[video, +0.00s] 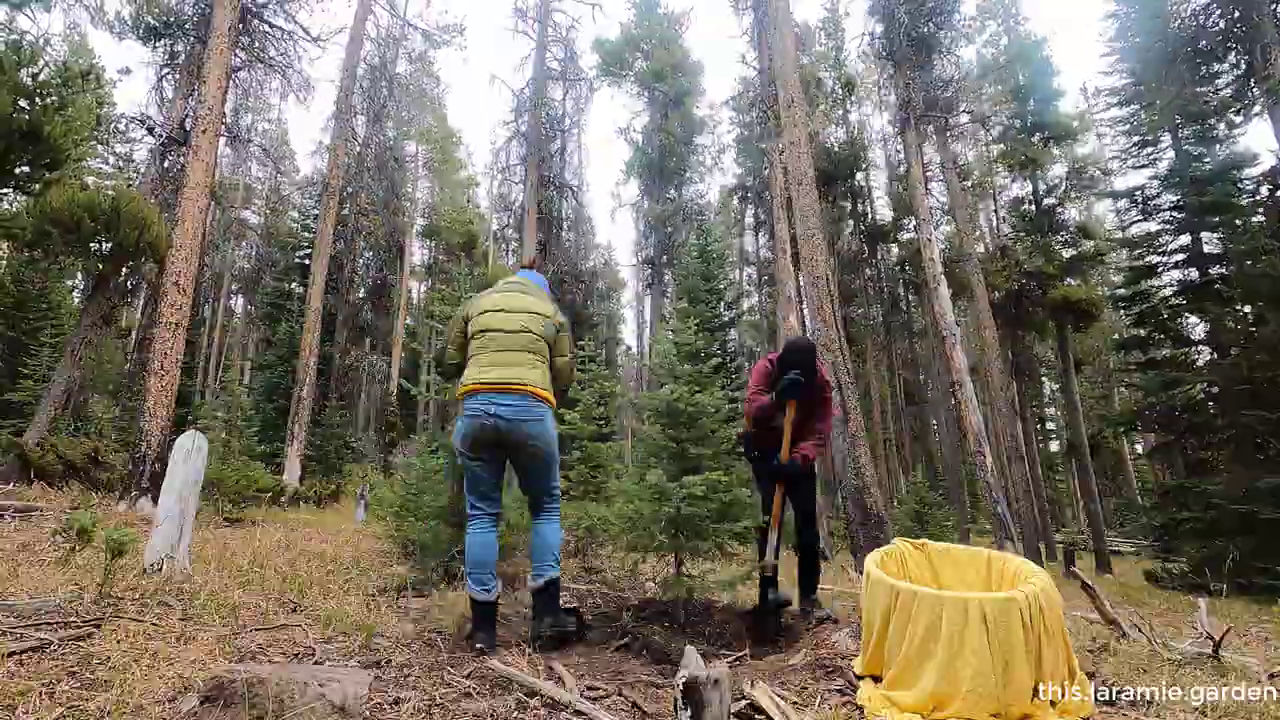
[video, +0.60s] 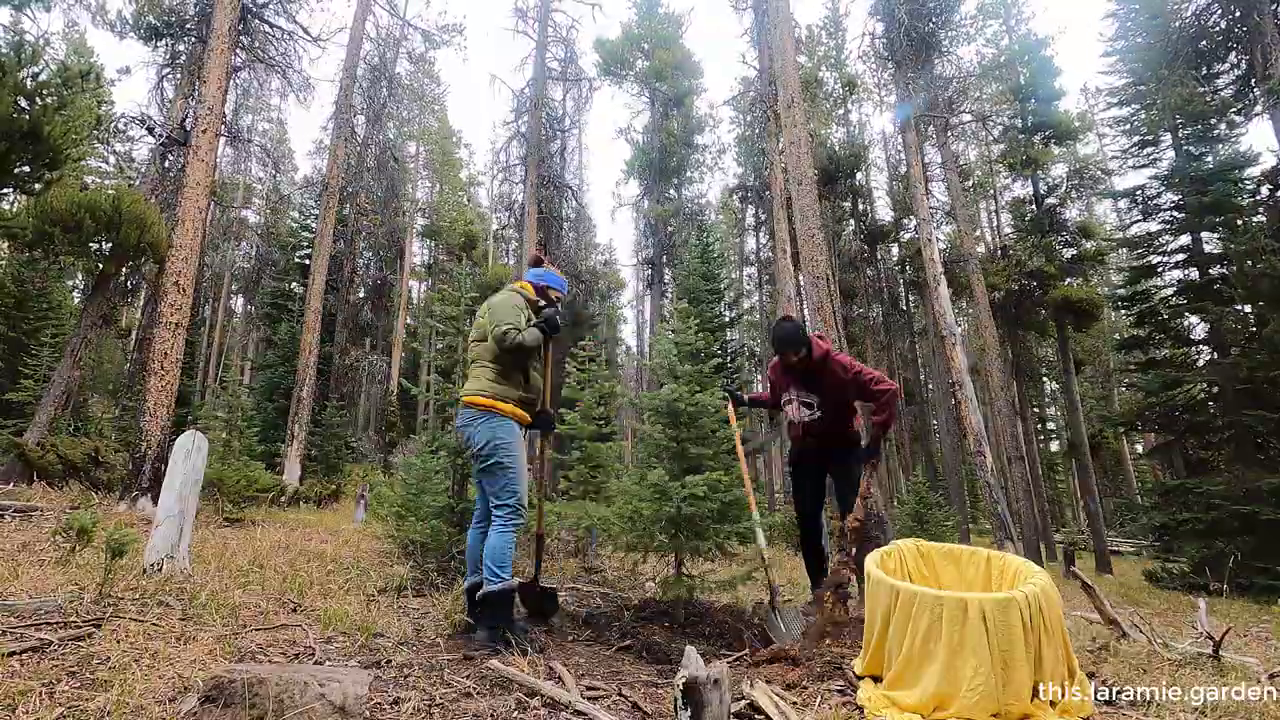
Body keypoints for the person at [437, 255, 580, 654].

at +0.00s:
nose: (547, 302)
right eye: (547, 296)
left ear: (510, 279)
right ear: (543, 290)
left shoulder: (476, 302)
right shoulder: (552, 311)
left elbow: (454, 358)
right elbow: (564, 368)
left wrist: (484, 368)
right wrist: (549, 396)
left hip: (475, 410)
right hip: (531, 412)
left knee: (481, 514)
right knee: (545, 507)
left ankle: (483, 627)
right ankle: (546, 616)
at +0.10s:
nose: (557, 337)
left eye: (561, 332)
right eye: (559, 331)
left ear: (538, 311)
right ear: (553, 323)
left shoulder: (496, 324)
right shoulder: (527, 333)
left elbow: (486, 381)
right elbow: (521, 390)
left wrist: (520, 401)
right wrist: (538, 403)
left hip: (452, 418)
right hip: (482, 423)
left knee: (469, 502)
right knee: (507, 500)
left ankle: (467, 582)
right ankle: (495, 597)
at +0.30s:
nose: (552, 354)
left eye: (555, 350)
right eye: (551, 348)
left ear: (548, 342)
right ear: (540, 339)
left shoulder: (532, 355)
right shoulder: (511, 357)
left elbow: (535, 381)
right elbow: (511, 414)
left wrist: (551, 391)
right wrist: (539, 448)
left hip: (512, 437)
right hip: (496, 437)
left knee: (507, 508)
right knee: (515, 508)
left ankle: (492, 576)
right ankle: (504, 586)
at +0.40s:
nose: (562, 355)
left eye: (565, 353)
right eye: (563, 351)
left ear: (555, 344)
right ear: (554, 340)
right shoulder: (526, 339)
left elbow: (528, 415)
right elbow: (533, 369)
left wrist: (557, 407)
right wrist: (568, 363)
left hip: (490, 428)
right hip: (496, 426)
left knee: (489, 509)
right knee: (547, 481)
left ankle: (477, 580)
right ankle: (546, 566)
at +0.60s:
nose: (553, 307)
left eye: (556, 303)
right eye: (554, 300)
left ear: (539, 292)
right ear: (541, 289)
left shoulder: (522, 314)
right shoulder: (508, 298)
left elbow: (511, 381)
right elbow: (509, 340)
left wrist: (534, 413)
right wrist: (541, 329)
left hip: (493, 417)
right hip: (491, 415)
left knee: (487, 514)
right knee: (509, 514)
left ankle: (477, 602)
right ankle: (497, 612)